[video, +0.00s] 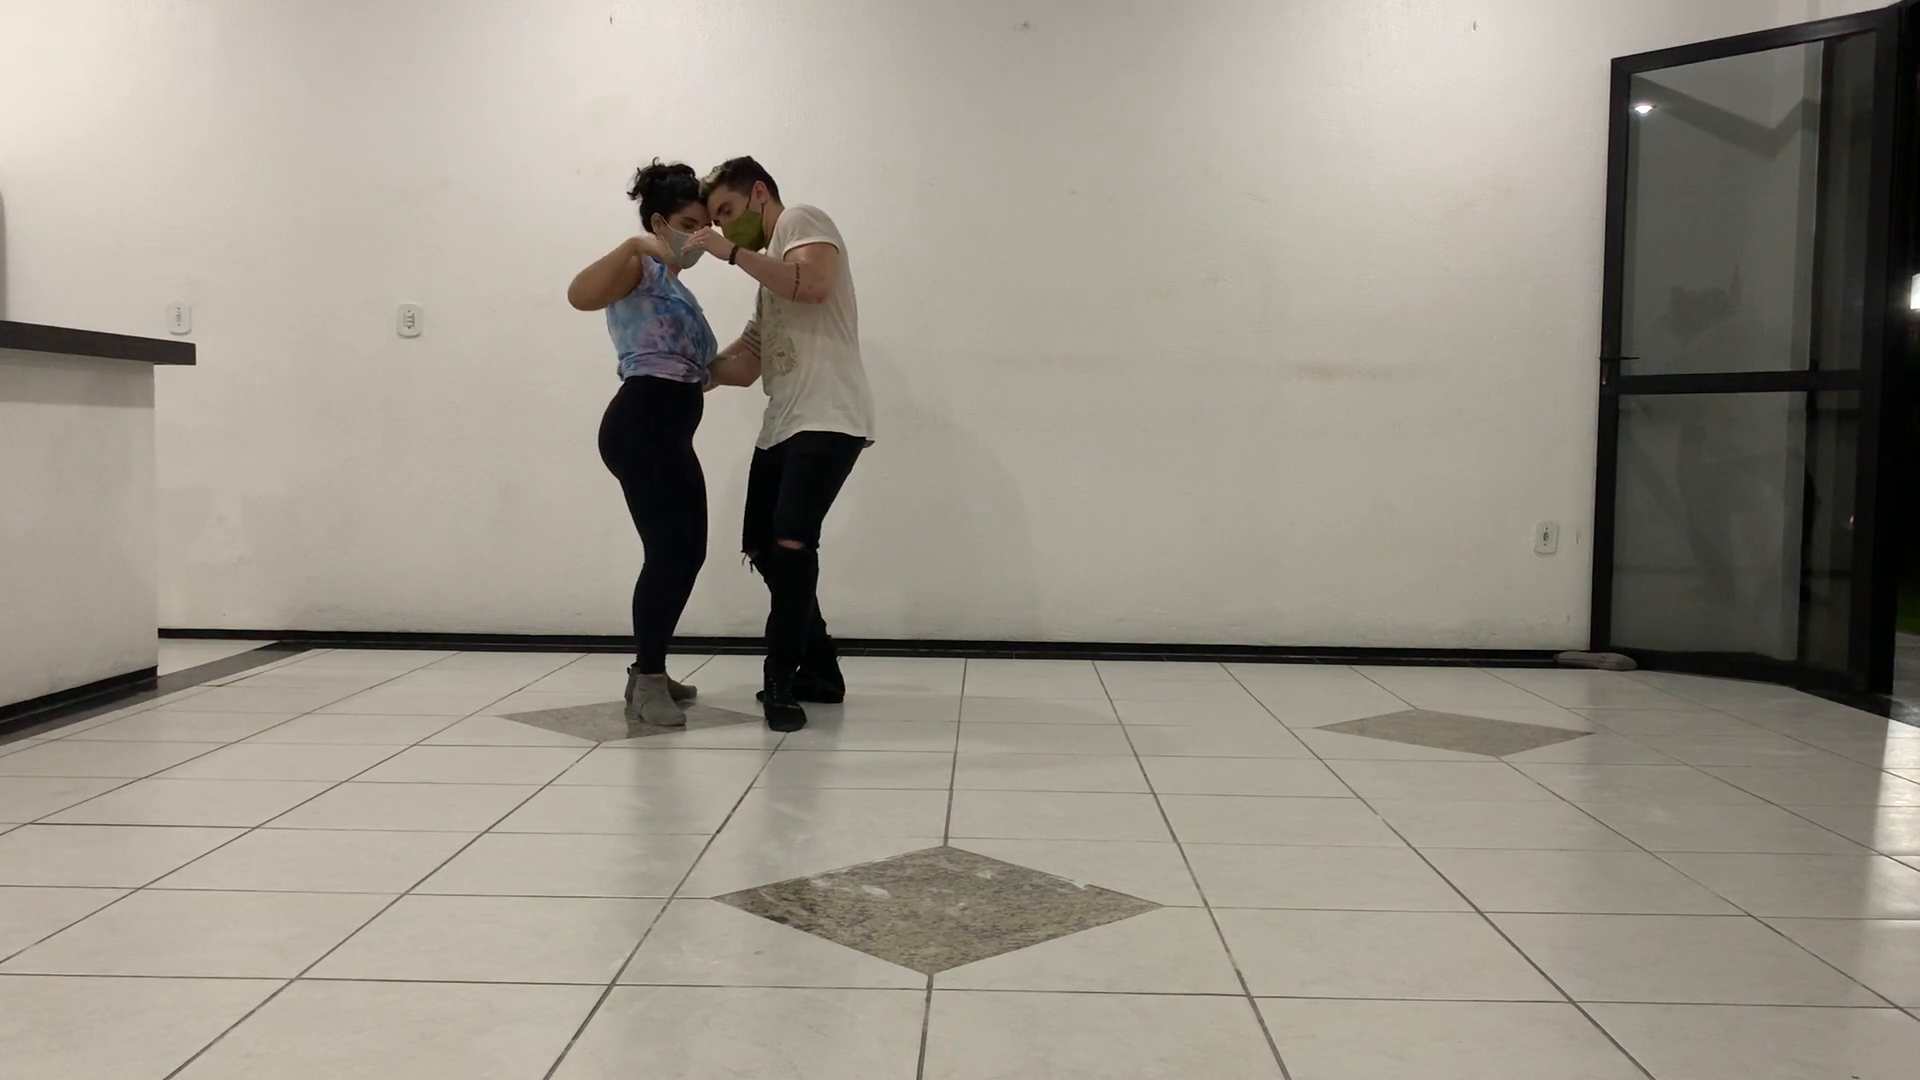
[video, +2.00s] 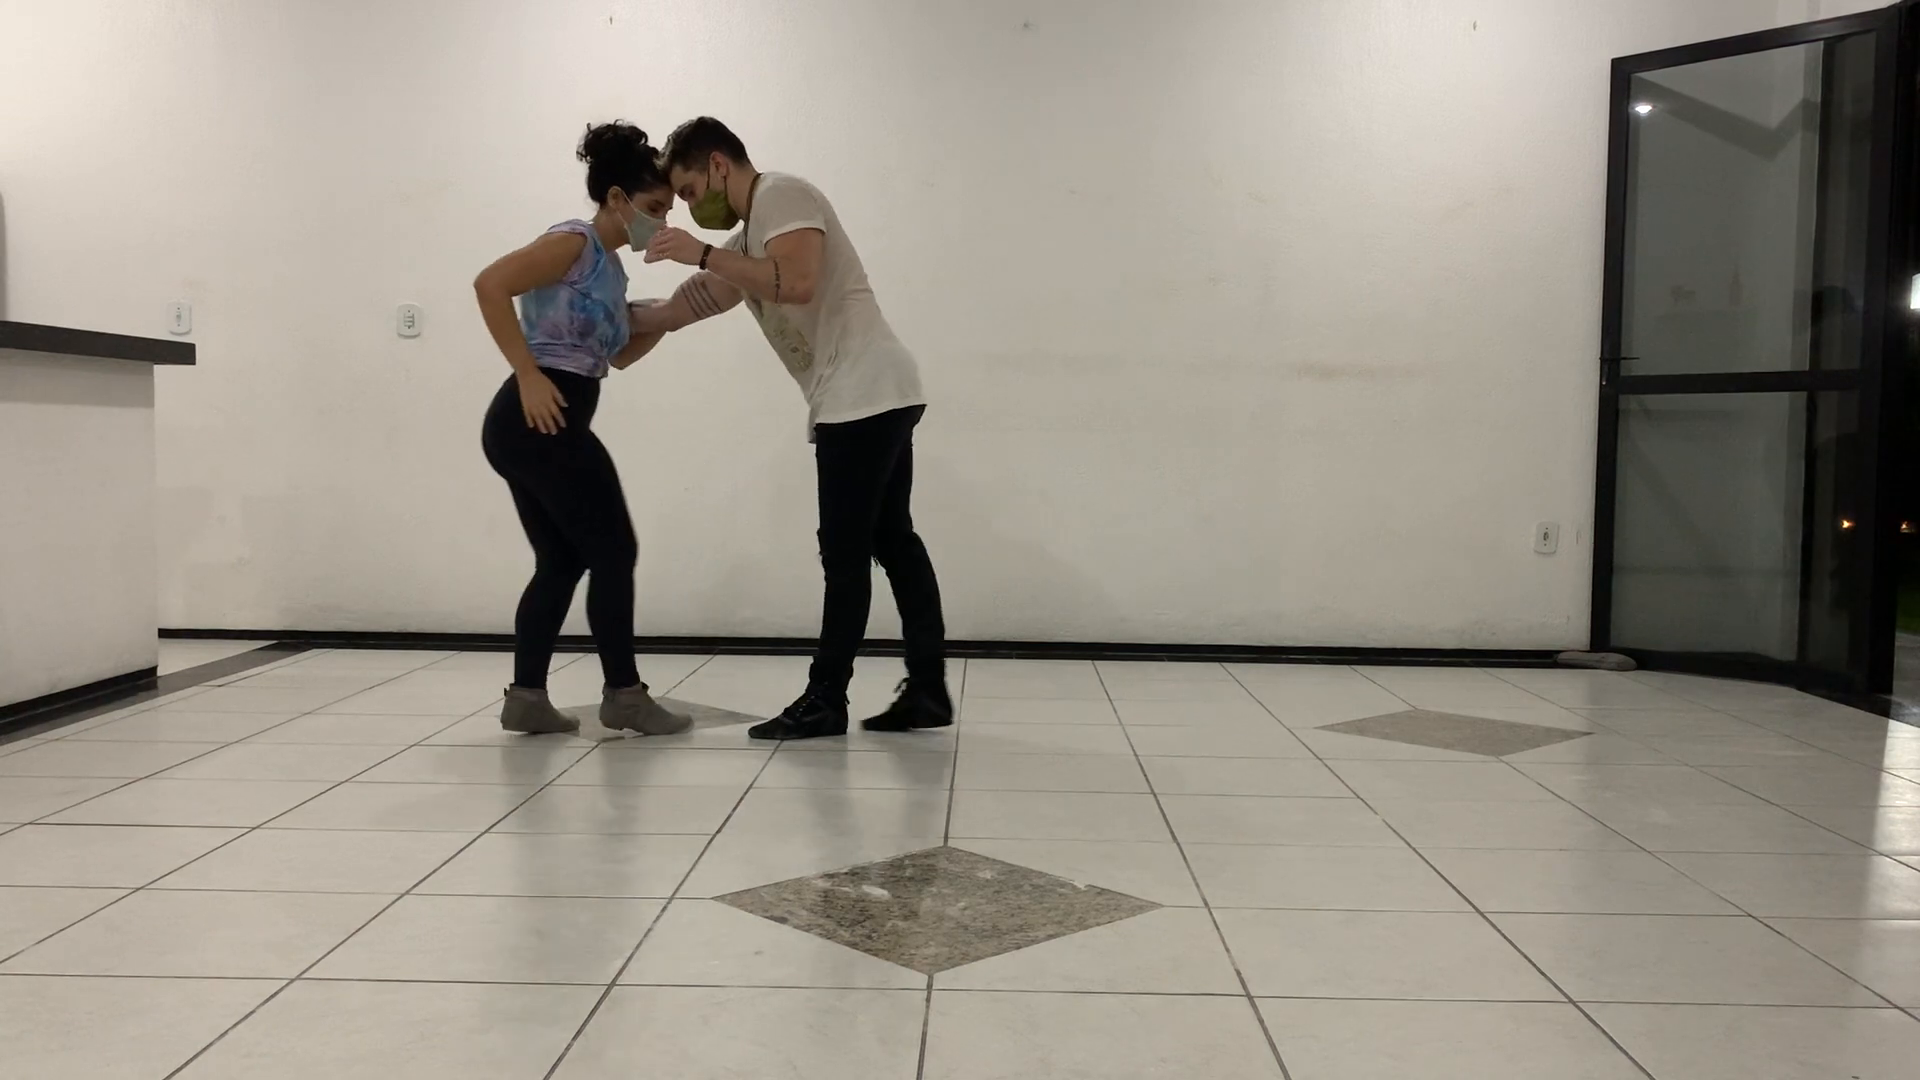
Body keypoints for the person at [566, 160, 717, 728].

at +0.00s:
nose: (700, 237)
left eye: (704, 226)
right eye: (691, 224)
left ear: (700, 230)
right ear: (658, 220)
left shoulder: (680, 296)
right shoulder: (638, 265)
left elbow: (720, 371)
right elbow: (580, 296)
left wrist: (758, 348)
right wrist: (631, 247)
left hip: (671, 426)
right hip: (641, 422)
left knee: (688, 552)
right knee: (669, 551)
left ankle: (652, 670)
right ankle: (645, 679)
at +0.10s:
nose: (700, 236)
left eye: (703, 225)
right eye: (692, 224)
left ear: (685, 232)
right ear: (663, 221)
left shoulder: (670, 279)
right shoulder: (639, 264)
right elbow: (591, 304)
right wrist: (625, 243)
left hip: (670, 424)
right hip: (644, 421)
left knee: (687, 551)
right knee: (662, 551)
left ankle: (651, 671)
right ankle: (644, 682)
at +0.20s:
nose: (700, 236)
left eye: (704, 225)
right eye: (692, 223)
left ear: (696, 231)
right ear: (661, 223)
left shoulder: (675, 283)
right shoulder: (639, 265)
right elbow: (599, 310)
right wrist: (626, 245)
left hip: (670, 424)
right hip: (643, 422)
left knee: (686, 552)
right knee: (664, 552)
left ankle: (651, 670)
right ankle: (644, 681)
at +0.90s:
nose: (711, 221)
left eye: (716, 209)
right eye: (698, 209)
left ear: (720, 208)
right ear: (668, 210)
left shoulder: (698, 278)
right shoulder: (641, 270)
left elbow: (704, 358)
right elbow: (622, 351)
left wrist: (743, 335)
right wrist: (617, 296)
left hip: (680, 423)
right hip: (642, 419)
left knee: (688, 543)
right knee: (677, 537)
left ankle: (655, 665)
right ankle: (650, 668)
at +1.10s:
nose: (712, 212)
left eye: (715, 199)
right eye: (698, 200)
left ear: (717, 198)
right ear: (664, 202)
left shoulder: (693, 268)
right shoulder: (644, 268)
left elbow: (709, 334)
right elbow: (623, 348)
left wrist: (755, 324)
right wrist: (618, 394)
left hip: (684, 420)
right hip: (649, 419)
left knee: (691, 545)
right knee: (669, 547)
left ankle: (651, 667)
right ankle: (650, 679)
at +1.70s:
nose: (683, 213)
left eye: (687, 202)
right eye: (674, 201)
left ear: (656, 194)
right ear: (635, 193)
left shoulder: (633, 258)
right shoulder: (608, 244)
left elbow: (660, 353)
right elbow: (548, 296)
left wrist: (708, 311)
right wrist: (598, 380)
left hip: (611, 419)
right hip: (612, 418)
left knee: (653, 552)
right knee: (670, 550)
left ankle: (578, 664)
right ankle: (633, 688)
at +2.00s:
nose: (660, 221)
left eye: (665, 210)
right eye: (654, 209)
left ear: (625, 201)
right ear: (616, 200)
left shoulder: (609, 271)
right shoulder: (572, 245)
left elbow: (622, 354)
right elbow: (490, 286)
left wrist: (677, 309)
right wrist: (528, 374)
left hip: (527, 419)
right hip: (549, 417)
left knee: (560, 558)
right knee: (613, 547)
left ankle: (526, 694)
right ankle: (624, 693)